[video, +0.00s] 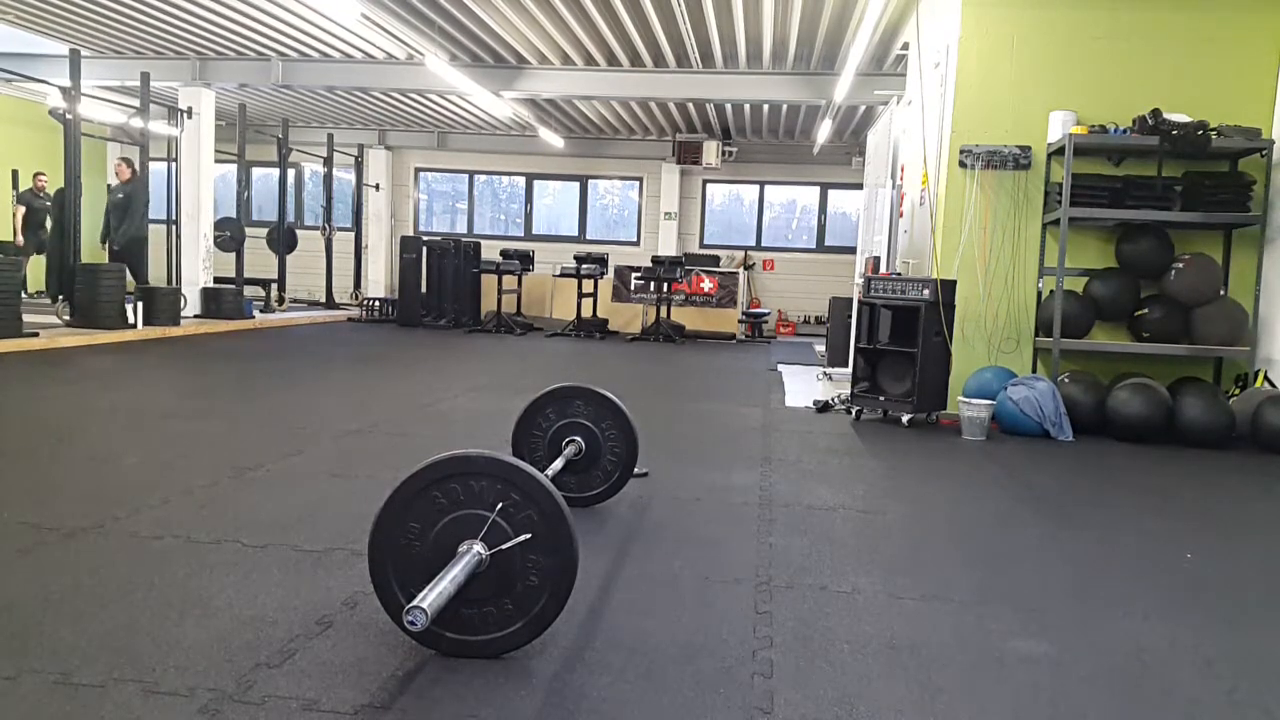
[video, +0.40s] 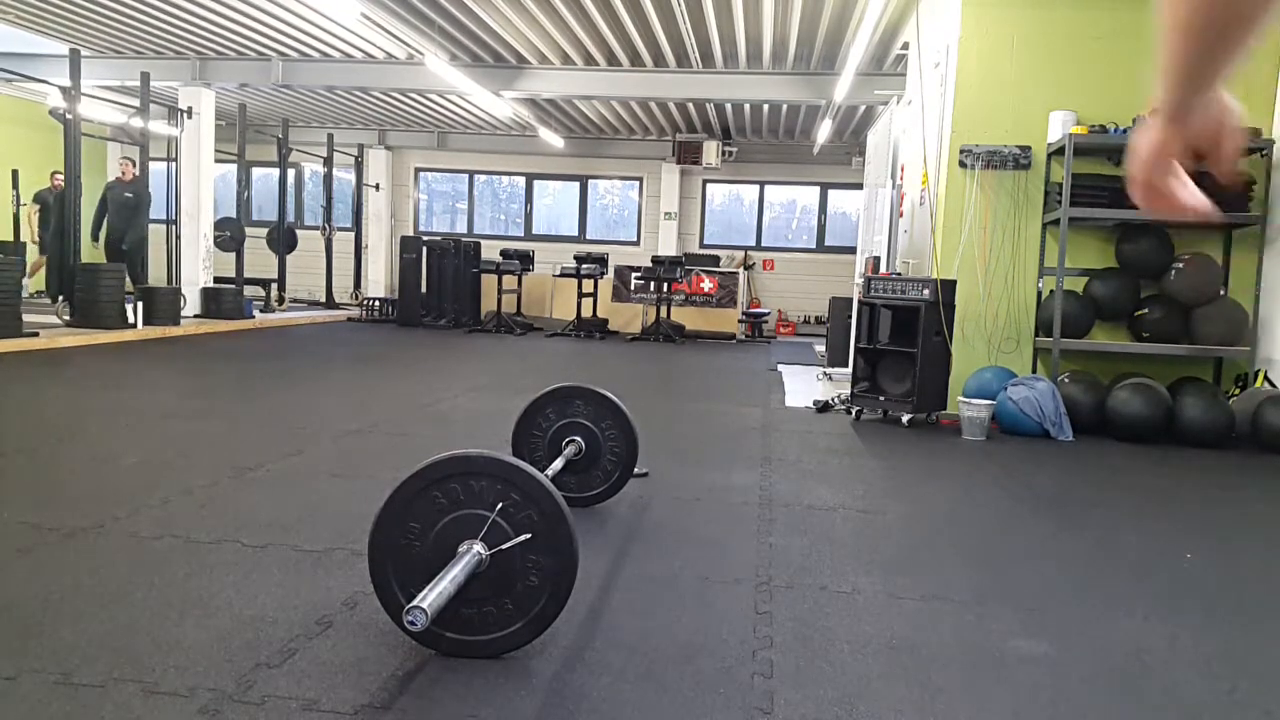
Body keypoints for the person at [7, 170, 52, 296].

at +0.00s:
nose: (43, 184)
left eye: (45, 181)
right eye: (40, 181)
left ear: (47, 183)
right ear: (33, 182)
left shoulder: (48, 197)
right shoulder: (25, 196)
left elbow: (53, 216)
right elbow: (18, 215)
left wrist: (55, 232)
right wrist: (18, 234)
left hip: (42, 231)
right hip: (27, 231)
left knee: (50, 257)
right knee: (24, 260)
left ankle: (51, 287)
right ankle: (21, 288)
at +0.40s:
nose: (59, 183)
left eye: (62, 180)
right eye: (57, 180)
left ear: (64, 182)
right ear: (51, 180)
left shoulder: (65, 195)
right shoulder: (42, 194)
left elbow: (70, 214)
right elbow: (32, 212)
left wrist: (69, 232)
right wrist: (34, 233)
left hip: (60, 232)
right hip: (46, 231)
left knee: (57, 261)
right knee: (43, 257)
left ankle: (55, 291)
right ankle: (26, 279)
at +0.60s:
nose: (64, 184)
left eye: (65, 181)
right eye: (62, 180)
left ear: (67, 182)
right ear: (57, 181)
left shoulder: (72, 196)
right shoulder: (47, 195)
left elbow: (76, 215)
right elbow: (41, 214)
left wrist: (78, 233)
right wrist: (44, 234)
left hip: (70, 235)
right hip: (55, 235)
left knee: (69, 264)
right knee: (54, 265)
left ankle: (68, 293)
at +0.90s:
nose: (70, 183)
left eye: (73, 180)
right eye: (68, 179)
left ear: (77, 181)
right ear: (63, 179)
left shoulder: (77, 198)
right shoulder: (57, 195)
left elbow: (84, 215)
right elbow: (49, 207)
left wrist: (91, 231)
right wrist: (49, 225)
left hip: (73, 234)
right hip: (58, 233)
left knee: (72, 263)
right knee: (56, 262)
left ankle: (70, 294)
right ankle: (54, 294)